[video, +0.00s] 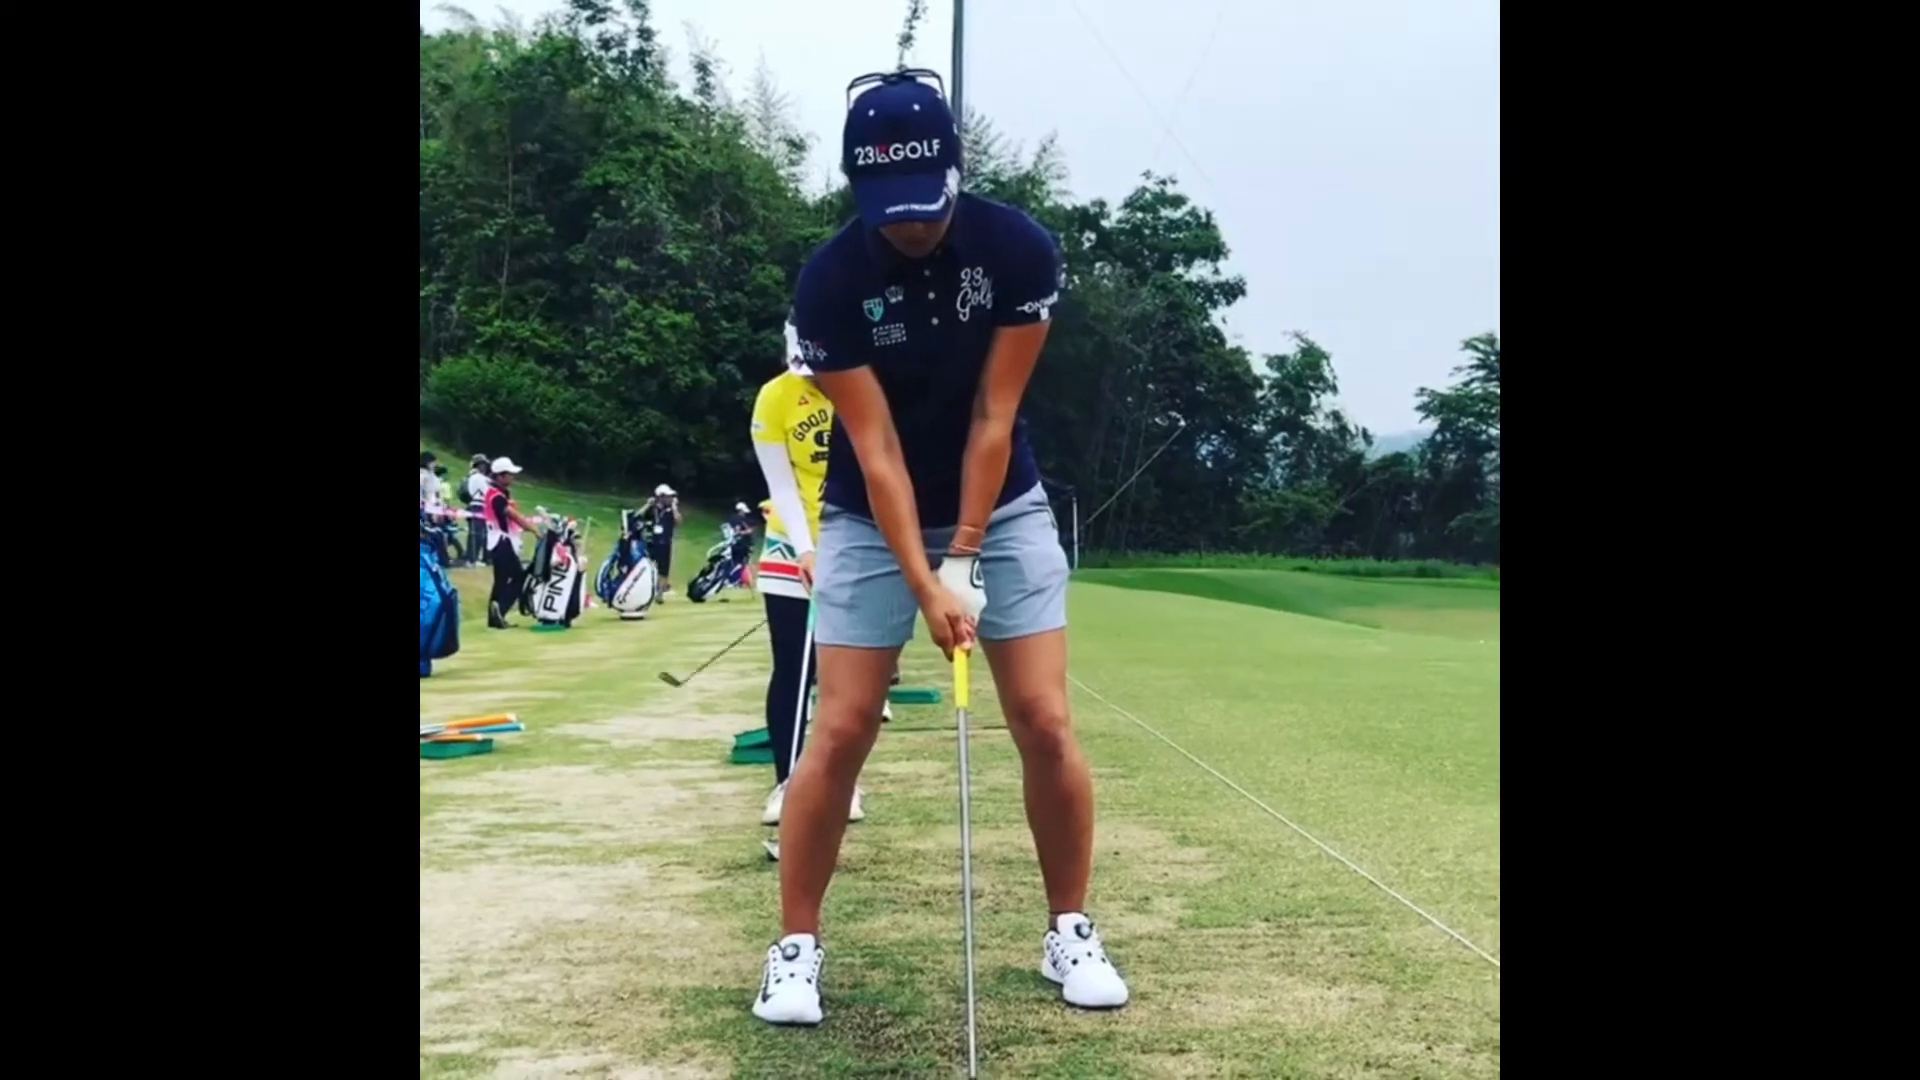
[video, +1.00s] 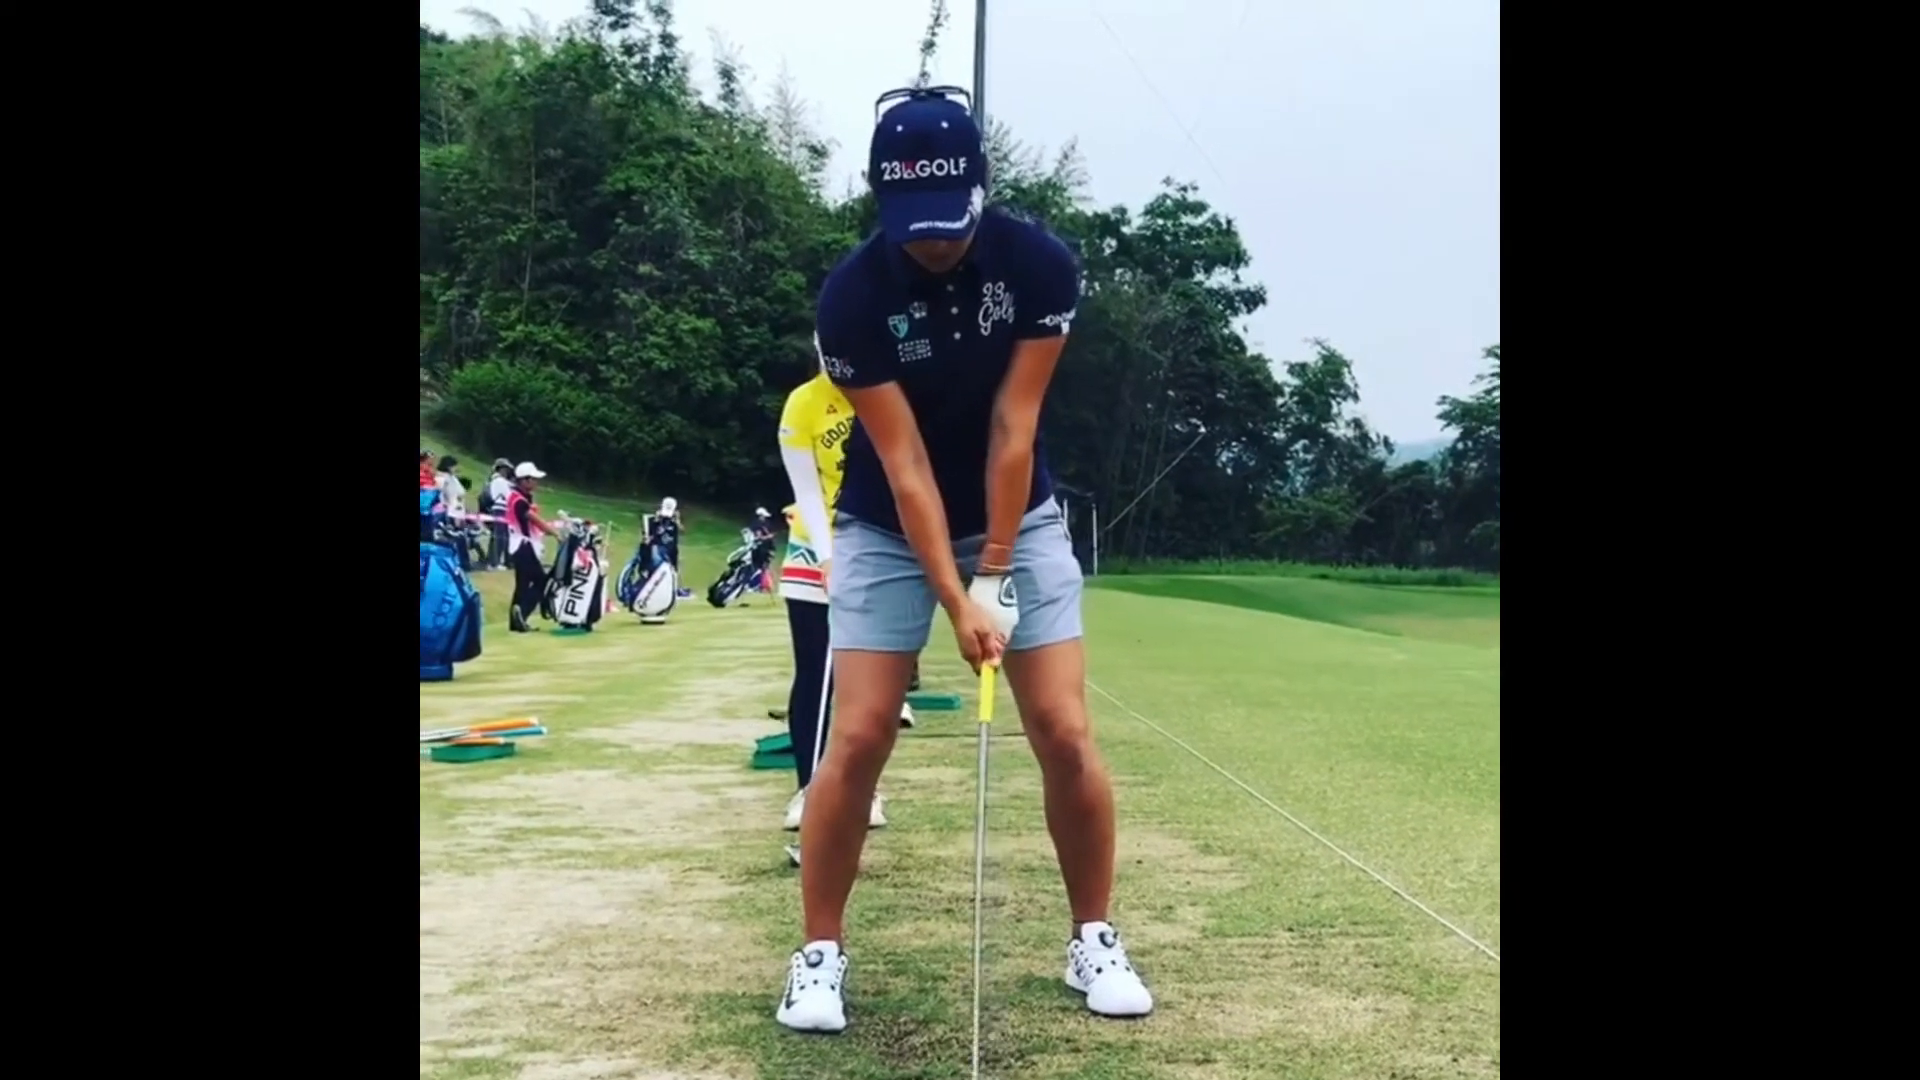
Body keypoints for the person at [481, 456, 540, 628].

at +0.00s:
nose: (512, 479)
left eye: (512, 475)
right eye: (510, 475)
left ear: (500, 477)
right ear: (500, 476)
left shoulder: (495, 493)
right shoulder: (497, 497)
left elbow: (513, 513)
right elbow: (514, 516)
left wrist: (532, 522)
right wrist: (534, 530)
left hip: (497, 538)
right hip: (502, 540)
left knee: (501, 578)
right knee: (518, 575)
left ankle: (494, 616)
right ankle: (501, 607)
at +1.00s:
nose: (536, 484)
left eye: (536, 480)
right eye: (533, 480)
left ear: (525, 482)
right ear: (524, 481)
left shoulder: (517, 497)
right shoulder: (519, 501)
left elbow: (534, 518)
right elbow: (536, 521)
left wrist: (552, 527)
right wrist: (555, 532)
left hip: (518, 542)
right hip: (523, 544)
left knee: (522, 582)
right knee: (540, 579)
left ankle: (516, 620)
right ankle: (522, 611)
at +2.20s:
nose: (520, 498)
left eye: (519, 494)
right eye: (517, 495)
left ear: (505, 496)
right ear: (510, 496)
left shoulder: (500, 513)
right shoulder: (503, 518)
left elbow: (518, 535)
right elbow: (519, 538)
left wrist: (535, 544)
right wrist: (538, 549)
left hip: (501, 558)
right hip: (504, 560)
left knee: (504, 598)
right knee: (522, 595)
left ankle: (497, 636)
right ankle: (503, 627)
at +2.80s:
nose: (498, 503)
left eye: (498, 499)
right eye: (496, 500)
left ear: (483, 500)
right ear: (489, 501)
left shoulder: (477, 517)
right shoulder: (481, 522)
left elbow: (495, 540)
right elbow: (497, 543)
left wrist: (513, 549)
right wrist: (516, 554)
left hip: (477, 562)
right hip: (482, 564)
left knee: (481, 603)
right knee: (499, 600)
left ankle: (474, 642)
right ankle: (480, 633)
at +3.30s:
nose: (495, 508)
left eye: (495, 505)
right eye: (493, 505)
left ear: (479, 506)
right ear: (486, 507)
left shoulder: (472, 523)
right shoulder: (479, 527)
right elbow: (495, 549)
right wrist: (515, 564)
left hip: (475, 568)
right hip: (483, 571)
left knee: (479, 608)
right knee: (497, 606)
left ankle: (472, 644)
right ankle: (478, 638)